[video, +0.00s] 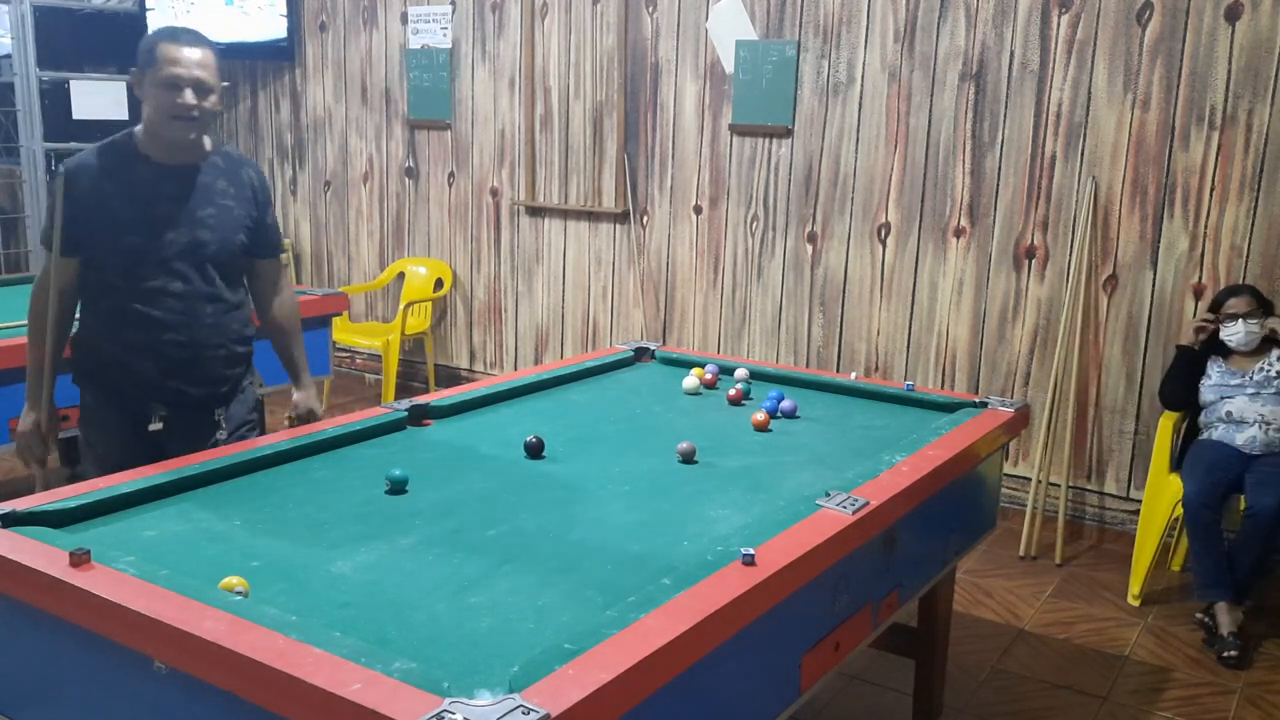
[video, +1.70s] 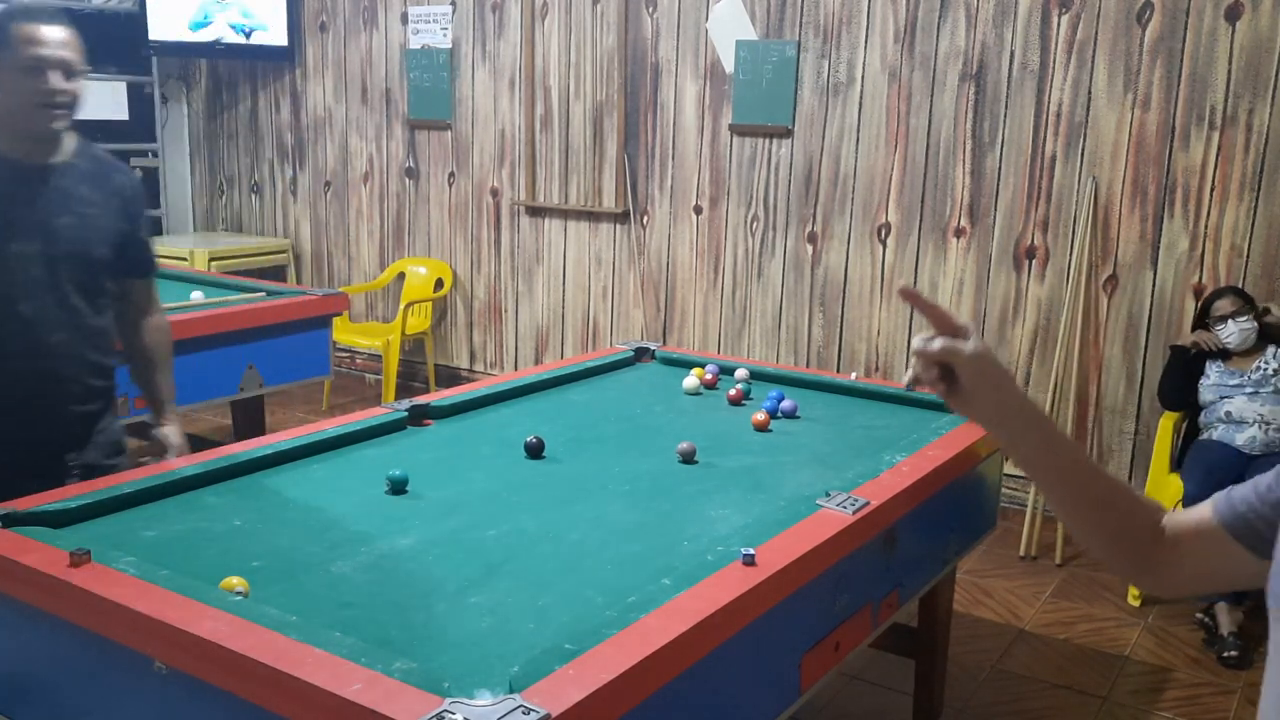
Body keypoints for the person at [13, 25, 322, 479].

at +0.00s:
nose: (188, 100)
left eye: (202, 89)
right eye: (172, 85)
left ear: (219, 98)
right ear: (138, 86)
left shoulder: (243, 179)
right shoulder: (87, 177)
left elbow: (273, 289)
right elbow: (57, 288)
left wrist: (304, 382)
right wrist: (38, 402)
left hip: (224, 404)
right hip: (120, 406)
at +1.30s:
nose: (212, 92)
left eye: (226, 81)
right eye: (194, 76)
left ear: (241, 94)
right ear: (154, 77)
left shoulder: (244, 195)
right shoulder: (80, 160)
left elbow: (250, 317)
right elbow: (14, 277)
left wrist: (261, 415)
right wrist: (3, 392)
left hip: (178, 425)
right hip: (65, 418)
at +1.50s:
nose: (143, 89)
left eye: (157, 76)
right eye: (123, 74)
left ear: (174, 88)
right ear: (82, 78)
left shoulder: (184, 191)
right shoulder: (17, 169)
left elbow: (206, 314)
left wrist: (228, 419)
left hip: (142, 434)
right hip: (28, 436)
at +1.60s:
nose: (99, 87)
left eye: (113, 72)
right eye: (79, 69)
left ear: (127, 84)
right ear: (36, 76)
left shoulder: (148, 185)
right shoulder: (8, 166)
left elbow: (173, 311)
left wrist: (198, 416)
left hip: (113, 431)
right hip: (14, 432)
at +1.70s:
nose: (56, 86)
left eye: (69, 72)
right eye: (34, 70)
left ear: (83, 81)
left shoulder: (113, 185)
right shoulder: (5, 175)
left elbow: (141, 311)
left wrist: (166, 418)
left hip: (86, 441)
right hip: (4, 446)